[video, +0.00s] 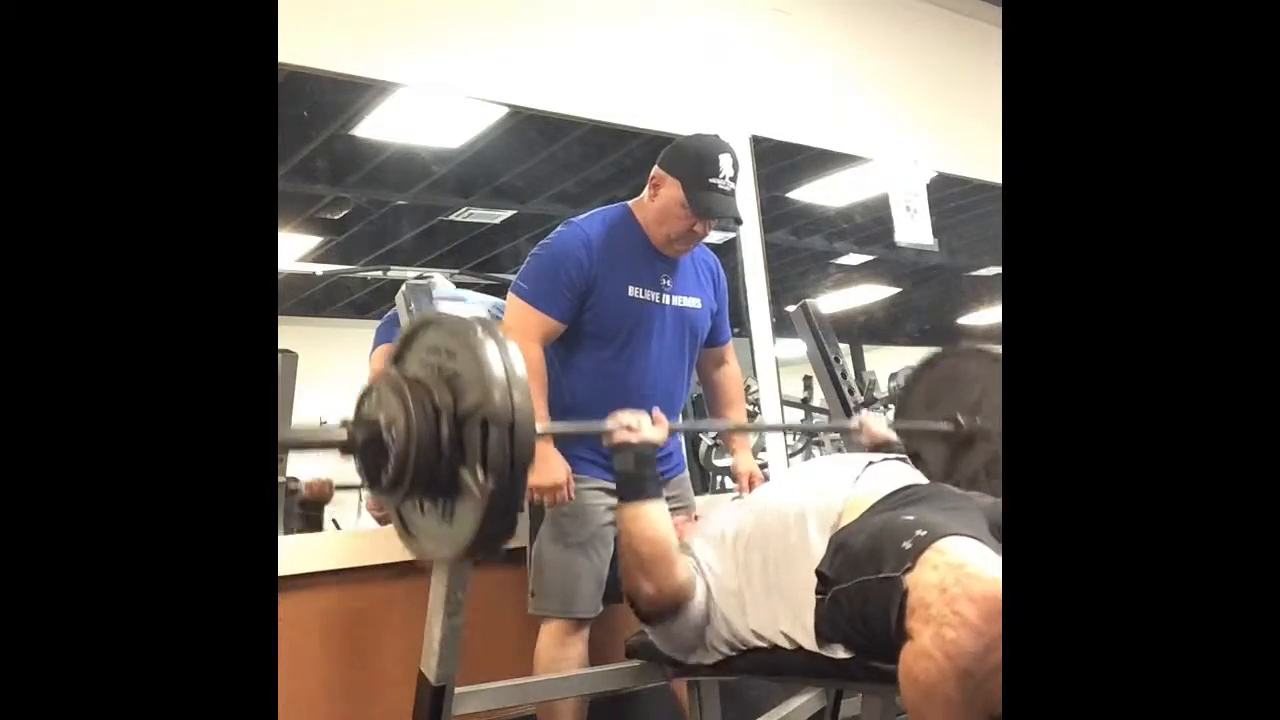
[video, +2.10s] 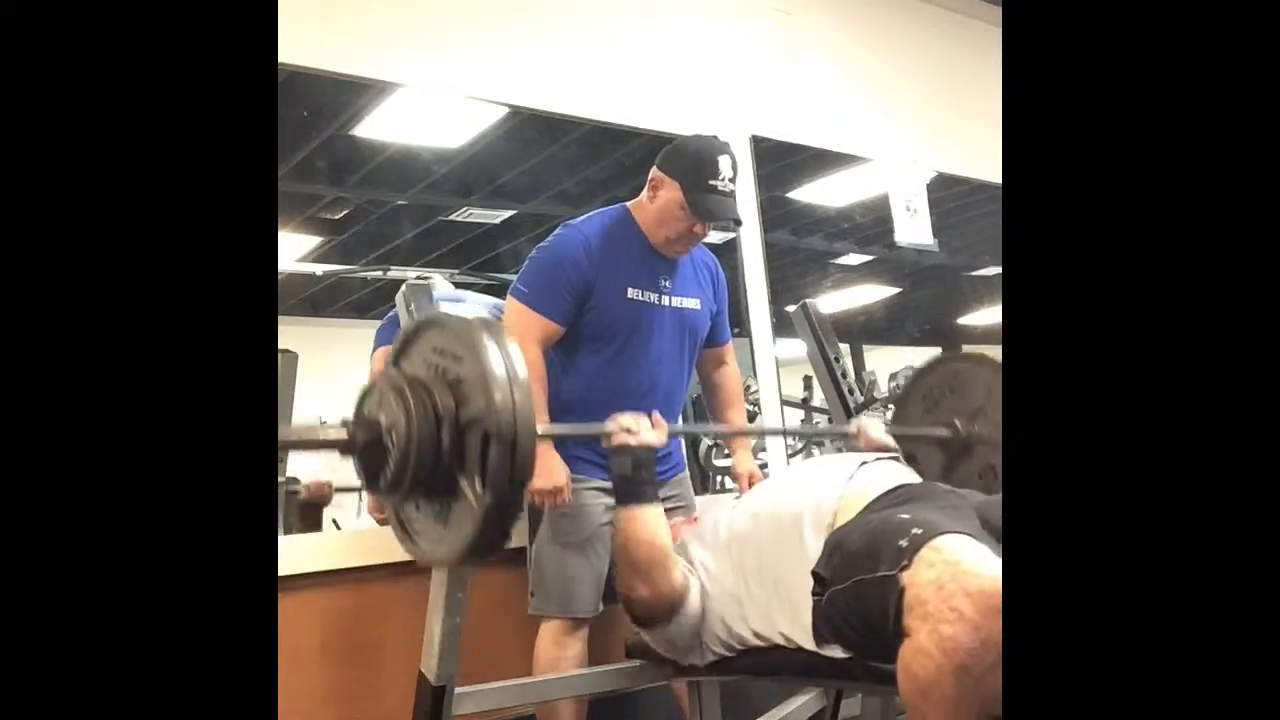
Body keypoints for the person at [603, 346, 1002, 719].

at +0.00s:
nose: (680, 510)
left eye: (679, 506)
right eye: (665, 517)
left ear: (692, 511)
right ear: (662, 543)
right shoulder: (691, 602)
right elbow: (653, 586)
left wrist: (884, 447)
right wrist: (637, 462)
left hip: (956, 496)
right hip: (871, 526)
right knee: (977, 604)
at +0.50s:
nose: (677, 504)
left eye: (678, 498)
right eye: (667, 510)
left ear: (694, 500)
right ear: (664, 544)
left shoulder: (758, 502)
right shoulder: (691, 585)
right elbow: (670, 624)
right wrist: (644, 502)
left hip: (941, 491)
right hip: (866, 530)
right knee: (978, 610)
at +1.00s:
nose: (675, 512)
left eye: (672, 508)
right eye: (660, 521)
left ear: (686, 514)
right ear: (654, 540)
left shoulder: (754, 508)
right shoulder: (692, 603)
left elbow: (907, 488)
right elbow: (655, 604)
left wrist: (879, 451)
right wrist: (636, 484)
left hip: (943, 497)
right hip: (868, 529)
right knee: (976, 602)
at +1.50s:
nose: (681, 504)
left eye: (680, 502)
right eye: (666, 512)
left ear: (696, 505)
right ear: (663, 532)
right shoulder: (688, 595)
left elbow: (894, 475)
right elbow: (663, 610)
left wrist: (878, 430)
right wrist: (641, 489)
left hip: (941, 496)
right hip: (862, 531)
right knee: (976, 595)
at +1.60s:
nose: (692, 497)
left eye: (688, 493)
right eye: (676, 503)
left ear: (701, 500)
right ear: (665, 532)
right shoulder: (688, 577)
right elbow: (672, 643)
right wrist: (644, 520)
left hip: (947, 493)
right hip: (877, 524)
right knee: (979, 605)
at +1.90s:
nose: (686, 497)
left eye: (684, 491)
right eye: (674, 501)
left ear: (700, 497)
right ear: (669, 535)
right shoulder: (693, 575)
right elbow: (673, 644)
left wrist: (758, 484)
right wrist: (650, 519)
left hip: (957, 493)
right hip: (875, 527)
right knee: (979, 605)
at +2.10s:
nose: (667, 509)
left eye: (666, 503)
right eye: (652, 518)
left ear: (681, 505)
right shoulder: (684, 605)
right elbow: (648, 588)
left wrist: (877, 449)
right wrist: (632, 465)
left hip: (942, 495)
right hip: (861, 529)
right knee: (974, 600)